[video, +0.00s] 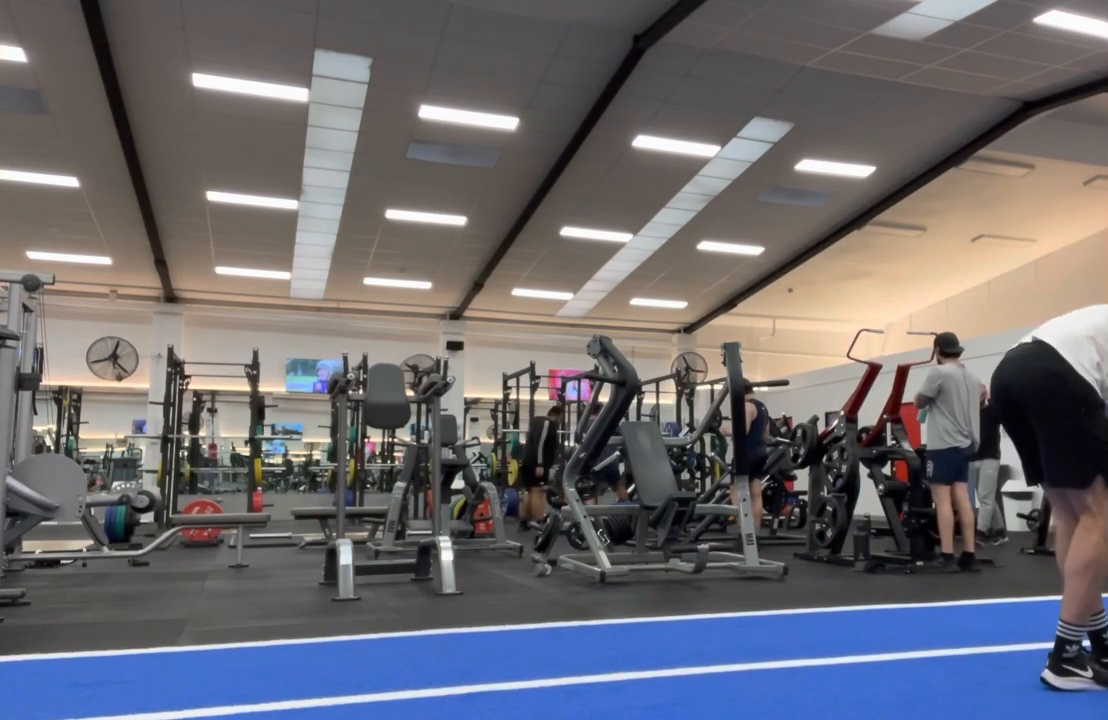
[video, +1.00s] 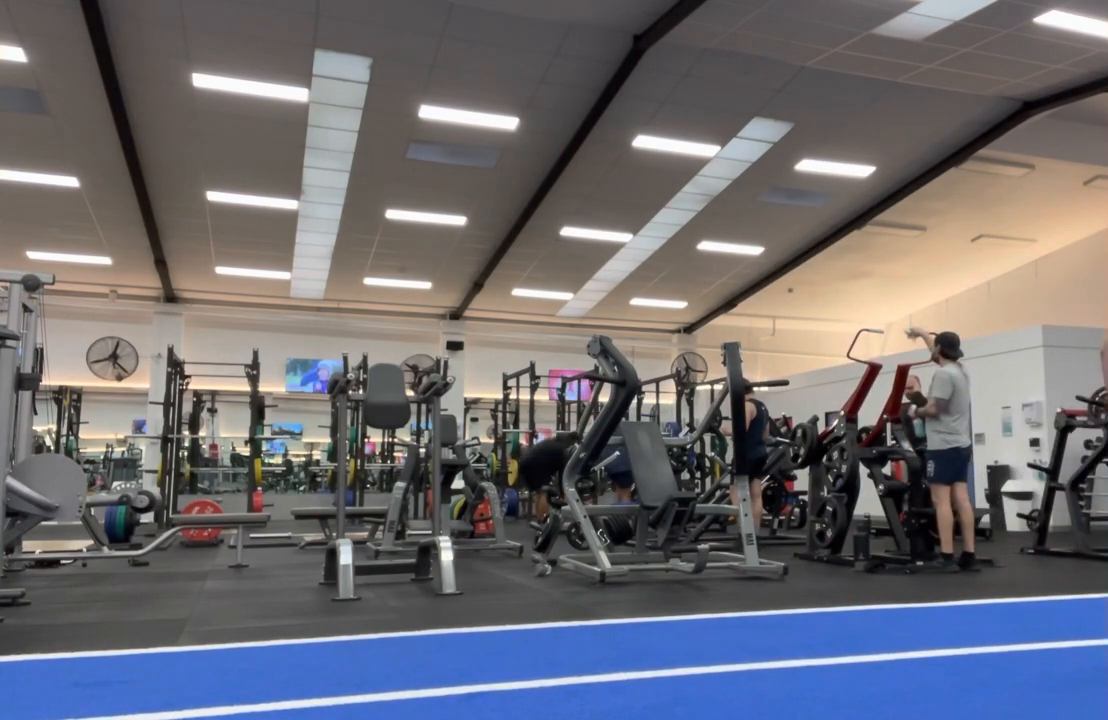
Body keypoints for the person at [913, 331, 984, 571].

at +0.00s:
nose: (935, 354)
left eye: (935, 351)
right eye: (938, 350)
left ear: (937, 351)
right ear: (959, 351)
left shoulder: (938, 374)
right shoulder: (972, 378)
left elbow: (919, 401)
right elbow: (977, 407)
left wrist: (934, 375)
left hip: (941, 446)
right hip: (965, 445)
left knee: (942, 501)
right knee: (963, 500)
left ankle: (947, 554)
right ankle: (969, 553)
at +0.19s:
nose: (935, 352)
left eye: (935, 349)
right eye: (937, 348)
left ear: (937, 351)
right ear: (958, 351)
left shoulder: (938, 374)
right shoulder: (970, 378)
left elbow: (920, 402)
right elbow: (974, 409)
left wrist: (933, 373)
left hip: (940, 447)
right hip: (964, 445)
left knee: (941, 501)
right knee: (962, 499)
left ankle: (947, 555)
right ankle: (969, 553)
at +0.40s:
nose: (935, 352)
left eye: (935, 348)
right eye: (938, 348)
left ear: (936, 351)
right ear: (958, 351)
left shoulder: (938, 374)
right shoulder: (967, 376)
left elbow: (923, 405)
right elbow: (963, 405)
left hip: (941, 447)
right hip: (963, 446)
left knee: (941, 502)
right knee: (962, 499)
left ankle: (947, 554)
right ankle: (969, 552)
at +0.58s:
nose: (932, 352)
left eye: (933, 348)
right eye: (934, 348)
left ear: (936, 351)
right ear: (956, 350)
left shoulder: (939, 374)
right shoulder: (963, 373)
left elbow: (932, 407)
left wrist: (918, 409)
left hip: (941, 447)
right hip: (962, 446)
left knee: (941, 501)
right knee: (962, 498)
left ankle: (947, 554)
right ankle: (969, 552)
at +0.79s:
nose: (931, 351)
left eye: (933, 348)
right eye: (932, 347)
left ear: (937, 351)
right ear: (954, 351)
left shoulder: (942, 374)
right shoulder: (959, 371)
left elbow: (934, 409)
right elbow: (942, 351)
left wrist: (918, 409)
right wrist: (926, 335)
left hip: (942, 446)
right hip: (961, 444)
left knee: (941, 501)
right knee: (962, 499)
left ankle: (947, 555)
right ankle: (969, 553)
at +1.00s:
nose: (932, 350)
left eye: (934, 348)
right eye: (933, 347)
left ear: (939, 352)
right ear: (955, 351)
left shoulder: (944, 374)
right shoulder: (960, 371)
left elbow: (934, 409)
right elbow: (937, 353)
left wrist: (916, 411)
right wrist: (923, 334)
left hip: (942, 447)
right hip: (961, 445)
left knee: (941, 501)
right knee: (962, 499)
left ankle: (946, 555)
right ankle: (969, 553)